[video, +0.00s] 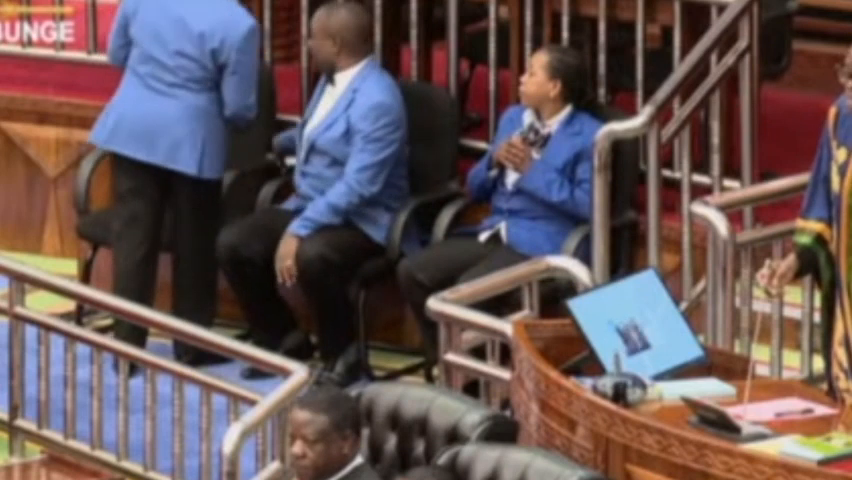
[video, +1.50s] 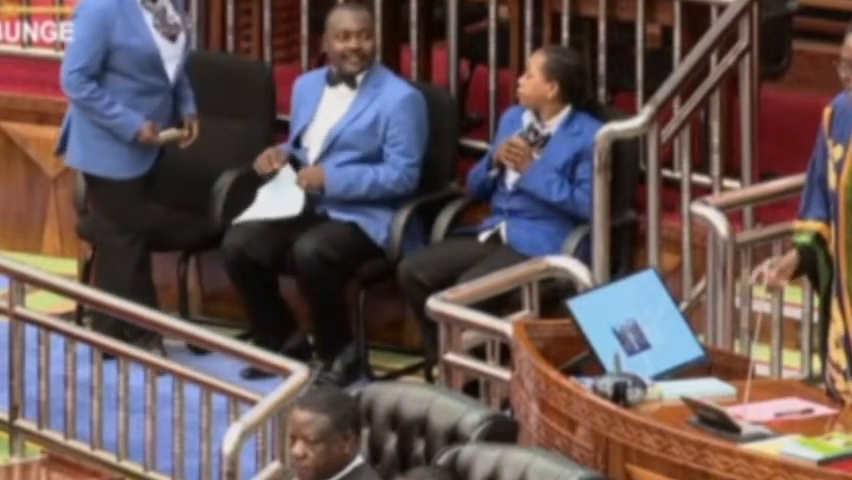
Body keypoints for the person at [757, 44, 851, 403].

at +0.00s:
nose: (844, 73)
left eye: (847, 66)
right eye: (843, 66)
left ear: (847, 73)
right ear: (838, 71)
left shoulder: (838, 116)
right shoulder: (839, 115)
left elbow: (821, 195)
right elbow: (822, 195)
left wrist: (798, 258)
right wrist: (798, 257)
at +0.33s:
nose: (843, 73)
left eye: (848, 67)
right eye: (843, 66)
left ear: (851, 72)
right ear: (839, 69)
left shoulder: (839, 117)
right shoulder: (838, 115)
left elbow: (820, 196)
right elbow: (822, 195)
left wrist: (797, 260)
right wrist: (797, 259)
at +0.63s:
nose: (843, 66)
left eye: (848, 60)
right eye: (843, 59)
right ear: (839, 66)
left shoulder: (839, 117)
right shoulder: (839, 116)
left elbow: (821, 207)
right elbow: (822, 205)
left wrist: (796, 261)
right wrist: (796, 262)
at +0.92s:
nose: (843, 69)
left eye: (848, 63)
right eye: (843, 62)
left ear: (851, 67)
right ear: (839, 65)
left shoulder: (839, 116)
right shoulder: (839, 115)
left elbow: (821, 204)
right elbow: (822, 202)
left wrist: (796, 261)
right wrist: (796, 261)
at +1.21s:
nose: (844, 69)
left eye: (849, 62)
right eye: (843, 61)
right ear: (839, 61)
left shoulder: (840, 114)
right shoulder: (839, 113)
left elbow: (819, 203)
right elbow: (821, 201)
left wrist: (797, 259)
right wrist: (796, 260)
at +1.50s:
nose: (844, 64)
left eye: (849, 57)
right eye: (843, 57)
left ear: (851, 60)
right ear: (839, 59)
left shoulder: (839, 114)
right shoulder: (838, 113)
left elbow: (819, 195)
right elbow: (820, 192)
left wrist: (799, 254)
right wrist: (799, 255)